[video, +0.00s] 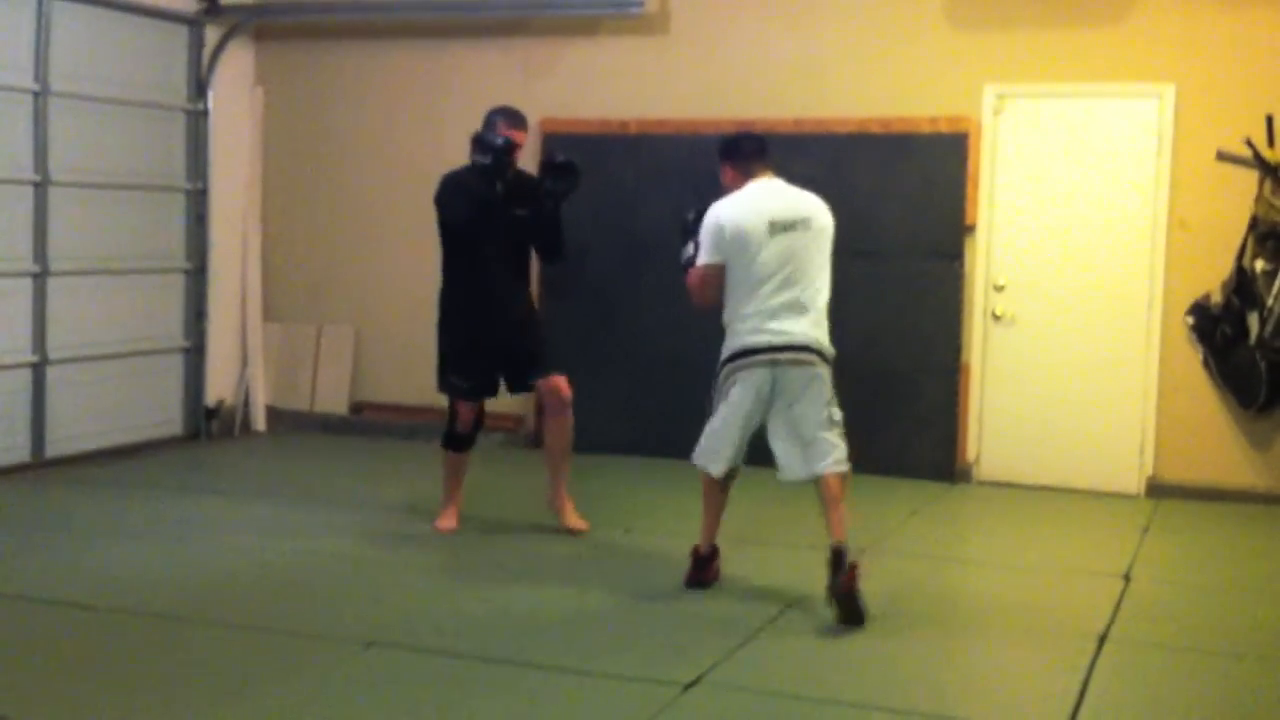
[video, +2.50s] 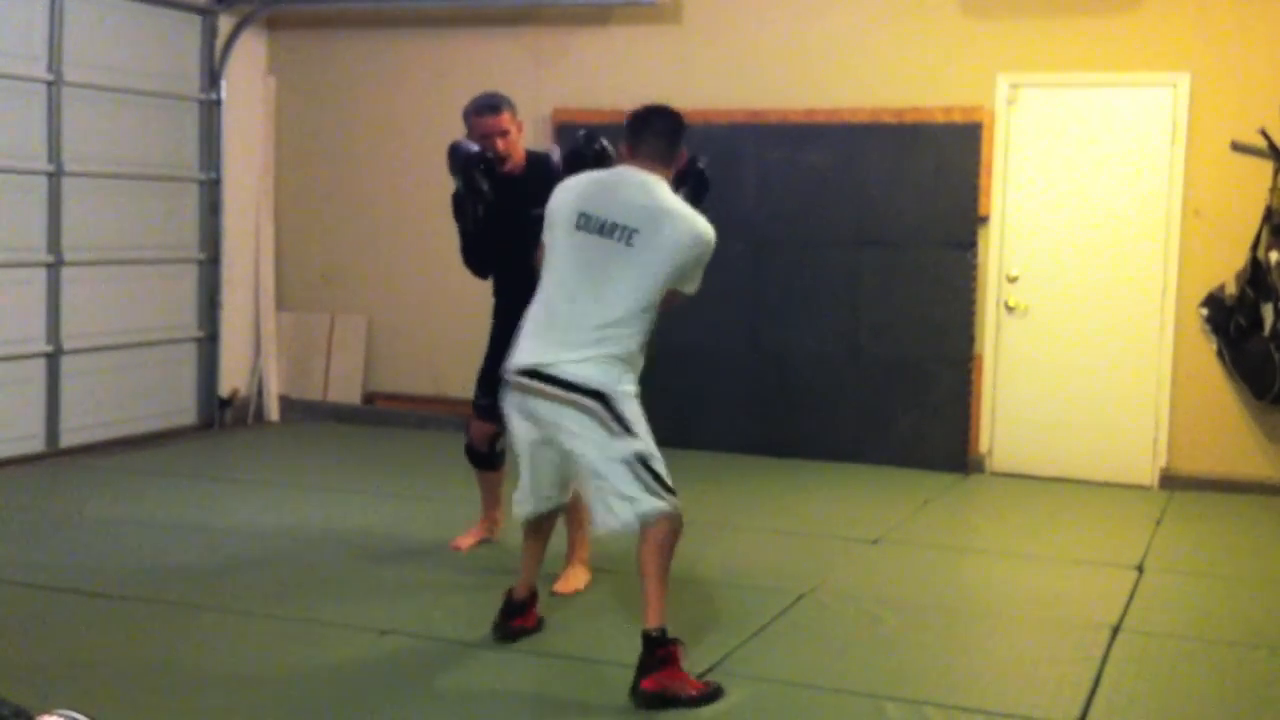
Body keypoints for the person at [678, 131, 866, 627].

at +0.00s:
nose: (721, 182)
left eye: (721, 175)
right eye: (723, 175)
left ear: (730, 171)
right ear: (769, 163)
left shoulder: (724, 213)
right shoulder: (819, 209)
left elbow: (704, 293)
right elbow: (807, 275)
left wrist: (694, 253)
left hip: (749, 349)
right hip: (808, 349)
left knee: (720, 451)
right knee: (827, 452)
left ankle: (705, 552)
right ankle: (841, 555)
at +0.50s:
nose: (732, 182)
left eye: (729, 174)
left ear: (728, 174)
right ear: (774, 175)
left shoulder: (698, 219)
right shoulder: (808, 234)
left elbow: (650, 278)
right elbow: (802, 295)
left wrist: (648, 234)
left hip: (699, 375)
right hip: (765, 378)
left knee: (664, 455)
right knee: (802, 483)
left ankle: (612, 539)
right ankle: (840, 591)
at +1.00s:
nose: (706, 175)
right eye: (709, 168)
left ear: (658, 163)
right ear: (706, 169)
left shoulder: (618, 207)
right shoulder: (728, 226)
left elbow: (581, 274)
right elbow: (734, 305)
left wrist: (632, 273)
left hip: (622, 365)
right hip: (683, 368)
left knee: (616, 469)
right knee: (708, 487)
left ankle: (593, 560)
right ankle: (681, 604)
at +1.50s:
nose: (669, 168)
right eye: (674, 161)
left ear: (621, 154)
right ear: (672, 162)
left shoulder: (576, 203)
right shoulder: (694, 218)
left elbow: (571, 278)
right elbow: (691, 304)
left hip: (568, 365)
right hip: (638, 370)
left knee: (567, 483)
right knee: (709, 492)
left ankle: (536, 586)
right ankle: (686, 607)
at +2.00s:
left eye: (581, 147)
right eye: (625, 144)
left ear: (574, 151)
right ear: (630, 147)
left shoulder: (549, 209)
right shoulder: (666, 199)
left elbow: (573, 267)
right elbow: (660, 262)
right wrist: (640, 174)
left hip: (555, 372)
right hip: (628, 373)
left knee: (545, 493)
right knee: (704, 499)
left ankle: (523, 599)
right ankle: (680, 627)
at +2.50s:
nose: (663, 165)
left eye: (636, 150)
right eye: (677, 158)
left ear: (621, 148)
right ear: (681, 160)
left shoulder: (568, 190)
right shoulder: (692, 230)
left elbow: (548, 266)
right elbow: (668, 297)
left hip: (526, 372)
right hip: (597, 387)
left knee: (544, 493)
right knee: (661, 513)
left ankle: (519, 604)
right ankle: (657, 660)